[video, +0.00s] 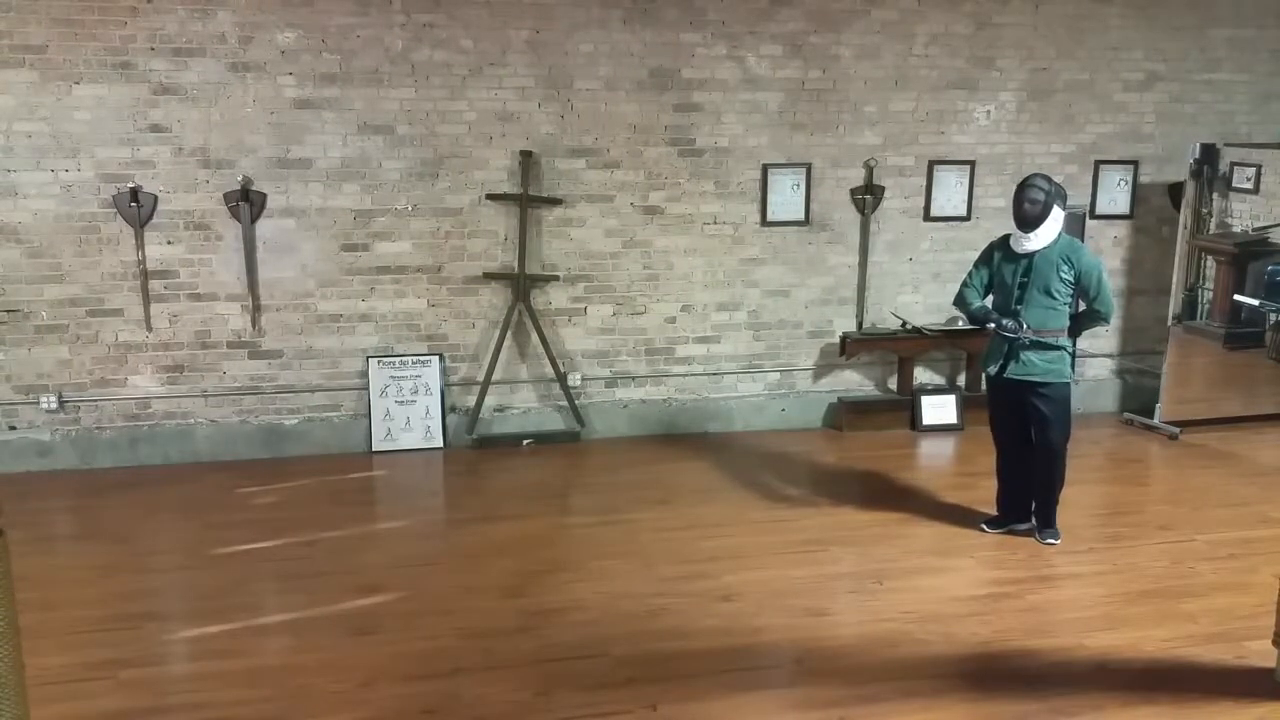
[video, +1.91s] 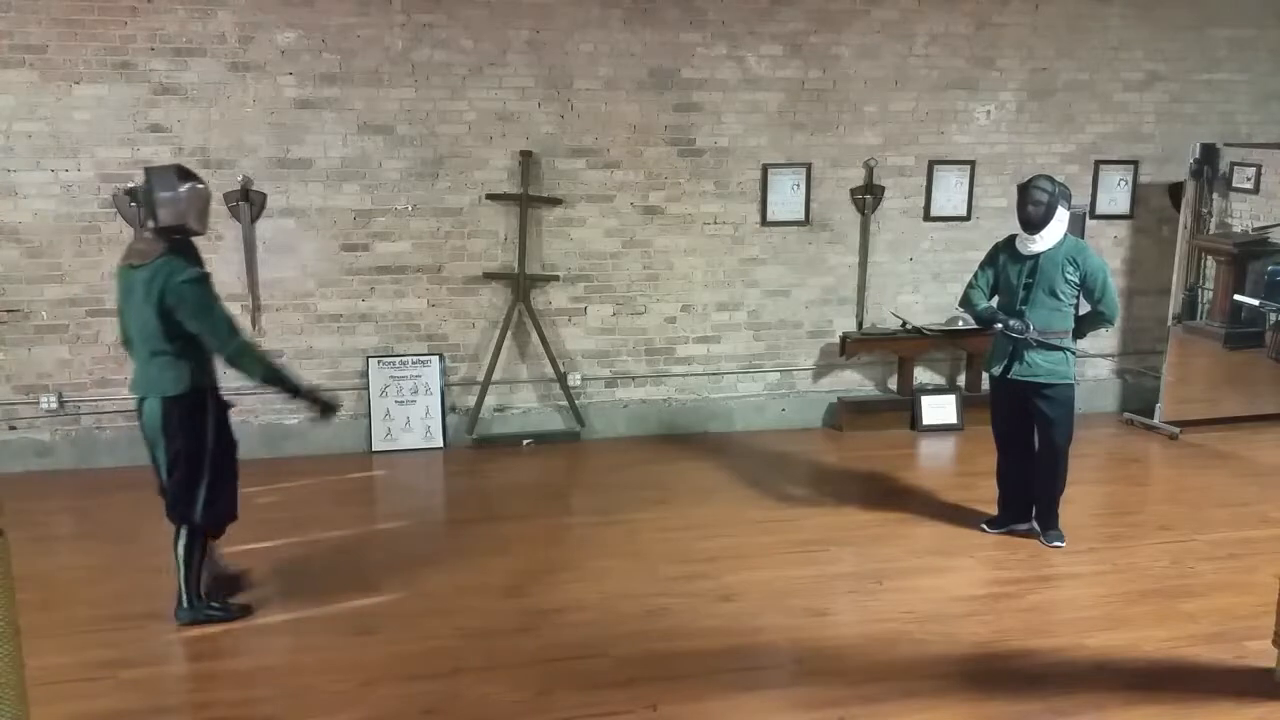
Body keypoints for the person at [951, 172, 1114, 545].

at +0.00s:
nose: (1024, 208)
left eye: (1033, 202)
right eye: (1020, 200)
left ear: (1053, 207)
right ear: (1014, 203)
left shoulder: (1074, 254)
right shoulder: (999, 250)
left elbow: (1102, 310)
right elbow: (966, 296)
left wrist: (1066, 329)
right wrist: (992, 318)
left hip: (1047, 370)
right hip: (1003, 368)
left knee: (1049, 449)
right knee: (1009, 447)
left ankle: (1047, 521)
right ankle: (1014, 514)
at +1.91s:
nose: (1028, 210)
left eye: (1036, 203)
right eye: (1024, 202)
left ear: (1057, 207)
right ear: (1018, 204)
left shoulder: (1079, 255)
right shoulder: (1004, 250)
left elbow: (1106, 312)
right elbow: (971, 298)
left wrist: (1068, 331)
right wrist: (1000, 320)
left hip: (1052, 373)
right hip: (1006, 371)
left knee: (1052, 453)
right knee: (1010, 449)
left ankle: (1048, 523)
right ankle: (1013, 515)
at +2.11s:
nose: (1028, 210)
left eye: (1037, 203)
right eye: (1024, 202)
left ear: (1058, 207)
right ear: (1019, 204)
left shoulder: (1079, 255)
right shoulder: (1005, 250)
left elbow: (1107, 312)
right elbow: (972, 298)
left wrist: (1069, 331)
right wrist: (1001, 320)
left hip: (1052, 373)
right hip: (1006, 371)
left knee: (1052, 453)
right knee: (1010, 449)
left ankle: (1048, 523)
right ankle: (1013, 515)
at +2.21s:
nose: (1028, 210)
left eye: (1037, 203)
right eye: (1025, 202)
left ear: (1058, 207)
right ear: (1019, 204)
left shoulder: (1079, 255)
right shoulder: (1005, 250)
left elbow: (1107, 312)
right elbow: (972, 297)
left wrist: (1068, 331)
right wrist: (1000, 319)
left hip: (1052, 373)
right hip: (1006, 371)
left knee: (1052, 453)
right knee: (1010, 449)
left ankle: (1048, 523)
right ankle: (1013, 515)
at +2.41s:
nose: (1028, 210)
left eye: (1037, 203)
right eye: (1025, 202)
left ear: (1058, 207)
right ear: (1019, 204)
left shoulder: (1079, 254)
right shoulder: (1004, 250)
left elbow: (1107, 312)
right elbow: (972, 296)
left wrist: (1068, 331)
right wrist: (1000, 320)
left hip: (1052, 373)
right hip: (1006, 371)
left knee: (1053, 453)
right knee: (1011, 449)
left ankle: (1048, 522)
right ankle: (1013, 515)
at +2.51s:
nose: (1028, 209)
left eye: (1037, 203)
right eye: (1024, 202)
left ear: (1058, 207)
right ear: (1019, 204)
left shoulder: (1079, 254)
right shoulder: (1004, 250)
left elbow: (1107, 312)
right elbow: (972, 296)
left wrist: (1068, 331)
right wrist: (999, 320)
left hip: (1052, 372)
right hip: (1006, 370)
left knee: (1053, 453)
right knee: (1011, 449)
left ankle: (1048, 522)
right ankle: (1013, 515)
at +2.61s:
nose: (1027, 209)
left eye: (1036, 203)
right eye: (1024, 202)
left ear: (1057, 207)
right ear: (1018, 204)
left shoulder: (1078, 254)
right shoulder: (1004, 250)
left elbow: (1106, 312)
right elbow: (971, 296)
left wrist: (1068, 331)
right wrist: (999, 320)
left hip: (1052, 372)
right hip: (1006, 370)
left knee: (1052, 453)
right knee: (1010, 449)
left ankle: (1048, 522)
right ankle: (1013, 515)